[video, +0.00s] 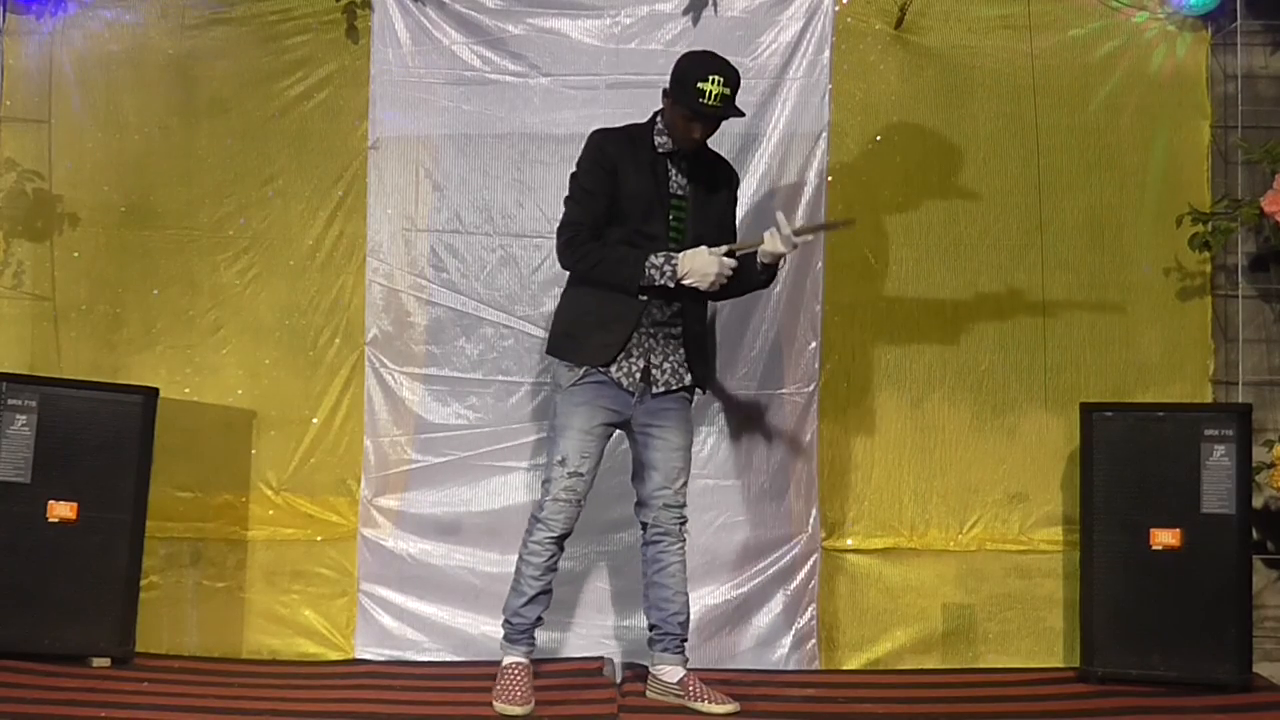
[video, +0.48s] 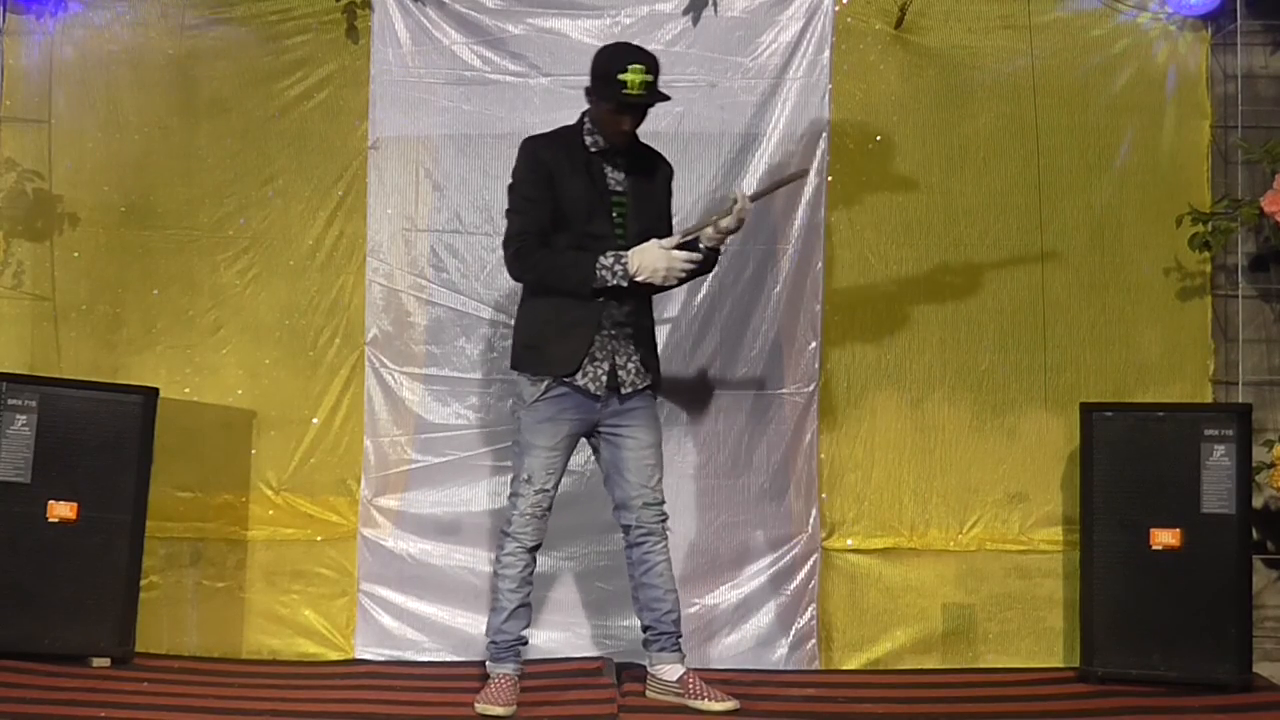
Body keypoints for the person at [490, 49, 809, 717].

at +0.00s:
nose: (703, 130)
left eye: (714, 120)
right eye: (694, 115)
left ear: (724, 116)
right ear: (668, 99)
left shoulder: (718, 177)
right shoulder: (610, 149)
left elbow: (707, 280)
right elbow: (576, 249)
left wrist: (759, 262)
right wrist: (670, 266)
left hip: (671, 377)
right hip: (593, 367)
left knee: (666, 516)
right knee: (561, 505)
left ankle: (668, 668)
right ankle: (517, 654)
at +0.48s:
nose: (631, 122)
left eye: (640, 110)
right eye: (620, 109)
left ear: (650, 106)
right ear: (593, 98)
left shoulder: (654, 168)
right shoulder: (543, 156)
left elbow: (651, 276)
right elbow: (522, 259)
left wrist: (702, 248)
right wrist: (622, 265)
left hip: (630, 380)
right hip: (553, 378)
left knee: (646, 518)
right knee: (527, 522)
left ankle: (666, 669)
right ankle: (502, 669)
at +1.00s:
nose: (669, 128)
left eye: (679, 118)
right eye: (662, 113)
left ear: (683, 116)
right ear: (632, 97)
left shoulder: (668, 174)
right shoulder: (563, 152)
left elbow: (645, 282)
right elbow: (556, 257)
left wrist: (687, 262)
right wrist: (654, 252)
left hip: (638, 373)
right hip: (560, 372)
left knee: (655, 517)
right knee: (532, 519)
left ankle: (666, 670)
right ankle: (504, 667)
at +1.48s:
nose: (666, 97)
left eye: (667, 85)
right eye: (655, 85)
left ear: (644, 89)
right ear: (614, 85)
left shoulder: (655, 168)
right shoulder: (547, 153)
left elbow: (645, 276)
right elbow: (539, 259)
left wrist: (690, 256)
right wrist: (638, 252)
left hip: (633, 372)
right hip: (557, 371)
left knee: (649, 518)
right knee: (530, 521)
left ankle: (665, 669)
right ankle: (504, 668)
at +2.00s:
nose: (656, 82)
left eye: (655, 70)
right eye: (644, 71)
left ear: (627, 80)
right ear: (606, 78)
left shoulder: (651, 169)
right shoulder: (549, 153)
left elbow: (648, 272)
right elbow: (559, 256)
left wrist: (715, 252)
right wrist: (659, 221)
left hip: (642, 374)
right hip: (566, 372)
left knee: (651, 519)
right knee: (536, 522)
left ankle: (665, 669)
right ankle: (506, 669)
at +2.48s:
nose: (656, 93)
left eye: (655, 82)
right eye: (644, 84)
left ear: (635, 88)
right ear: (607, 90)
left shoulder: (653, 170)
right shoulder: (552, 153)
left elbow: (649, 276)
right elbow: (555, 253)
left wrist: (714, 249)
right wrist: (655, 240)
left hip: (644, 372)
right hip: (569, 371)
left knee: (653, 518)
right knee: (538, 520)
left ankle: (665, 668)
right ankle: (505, 669)